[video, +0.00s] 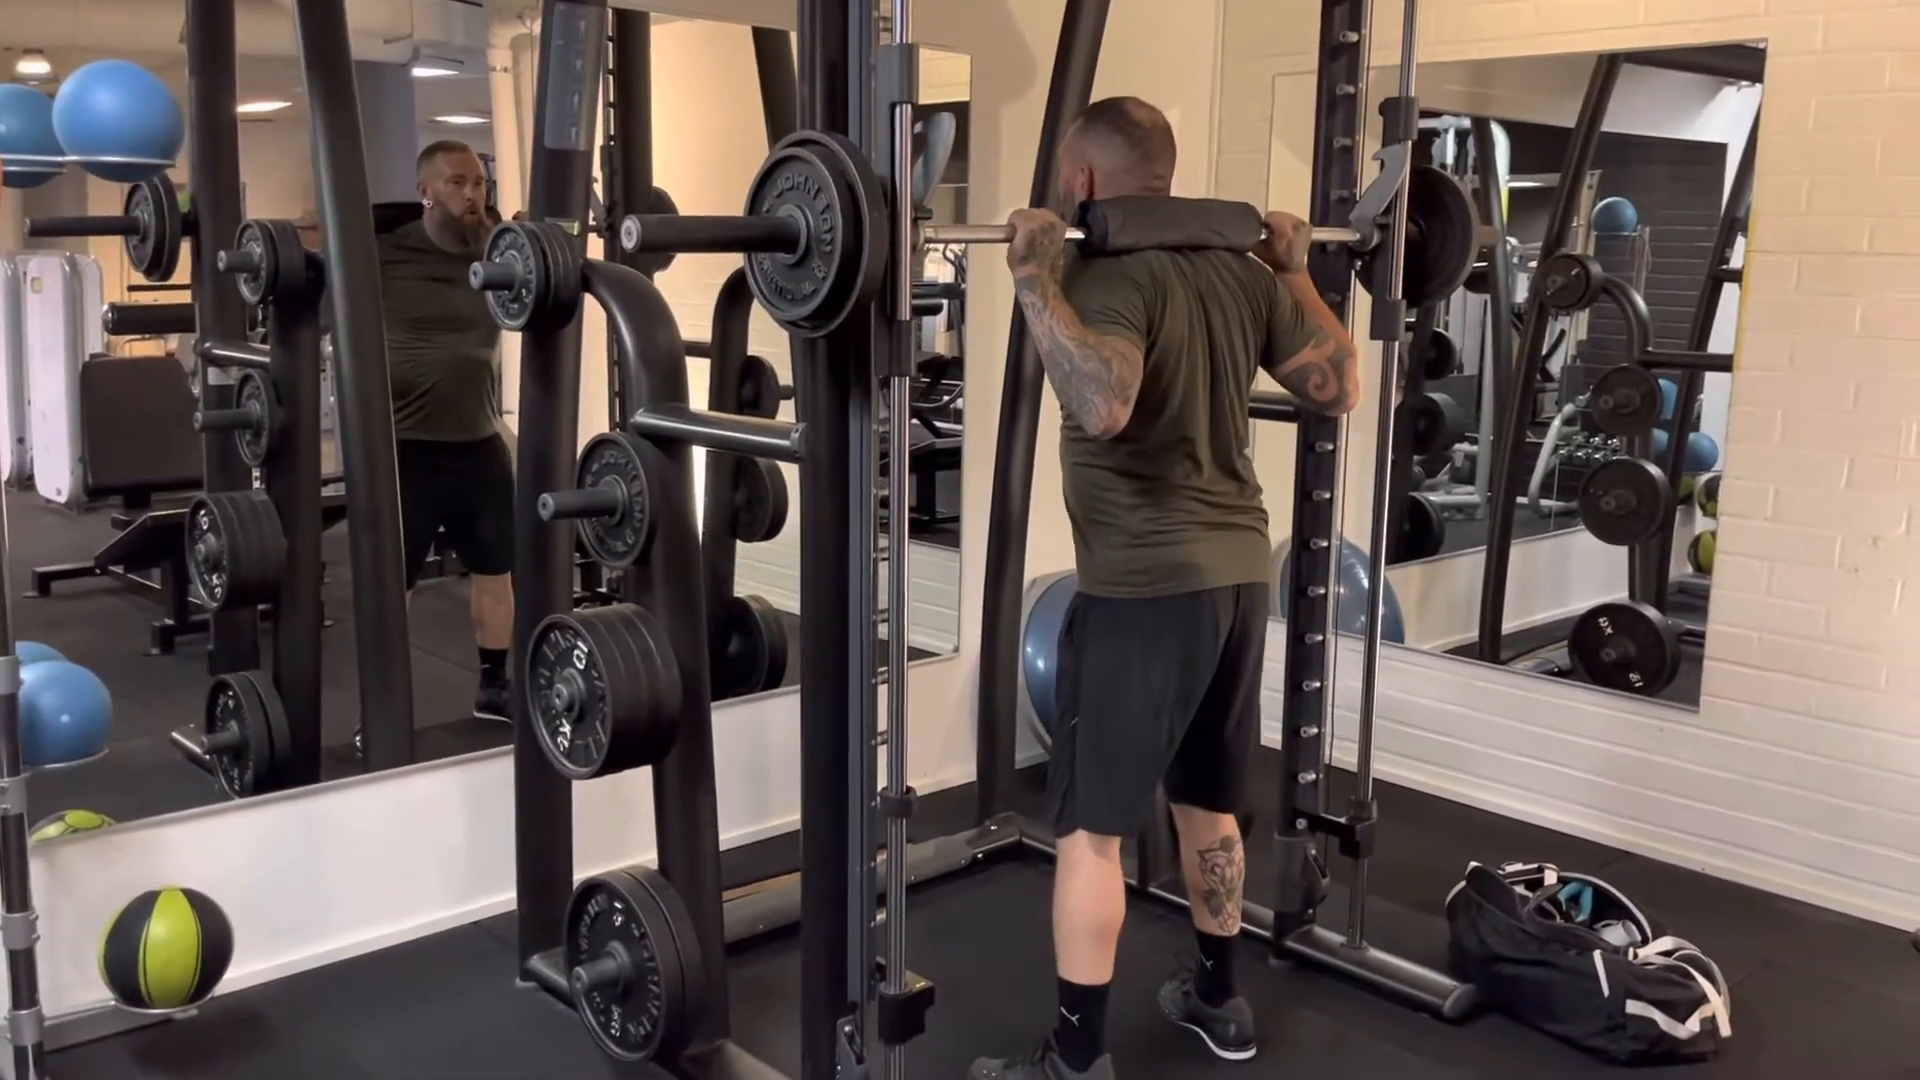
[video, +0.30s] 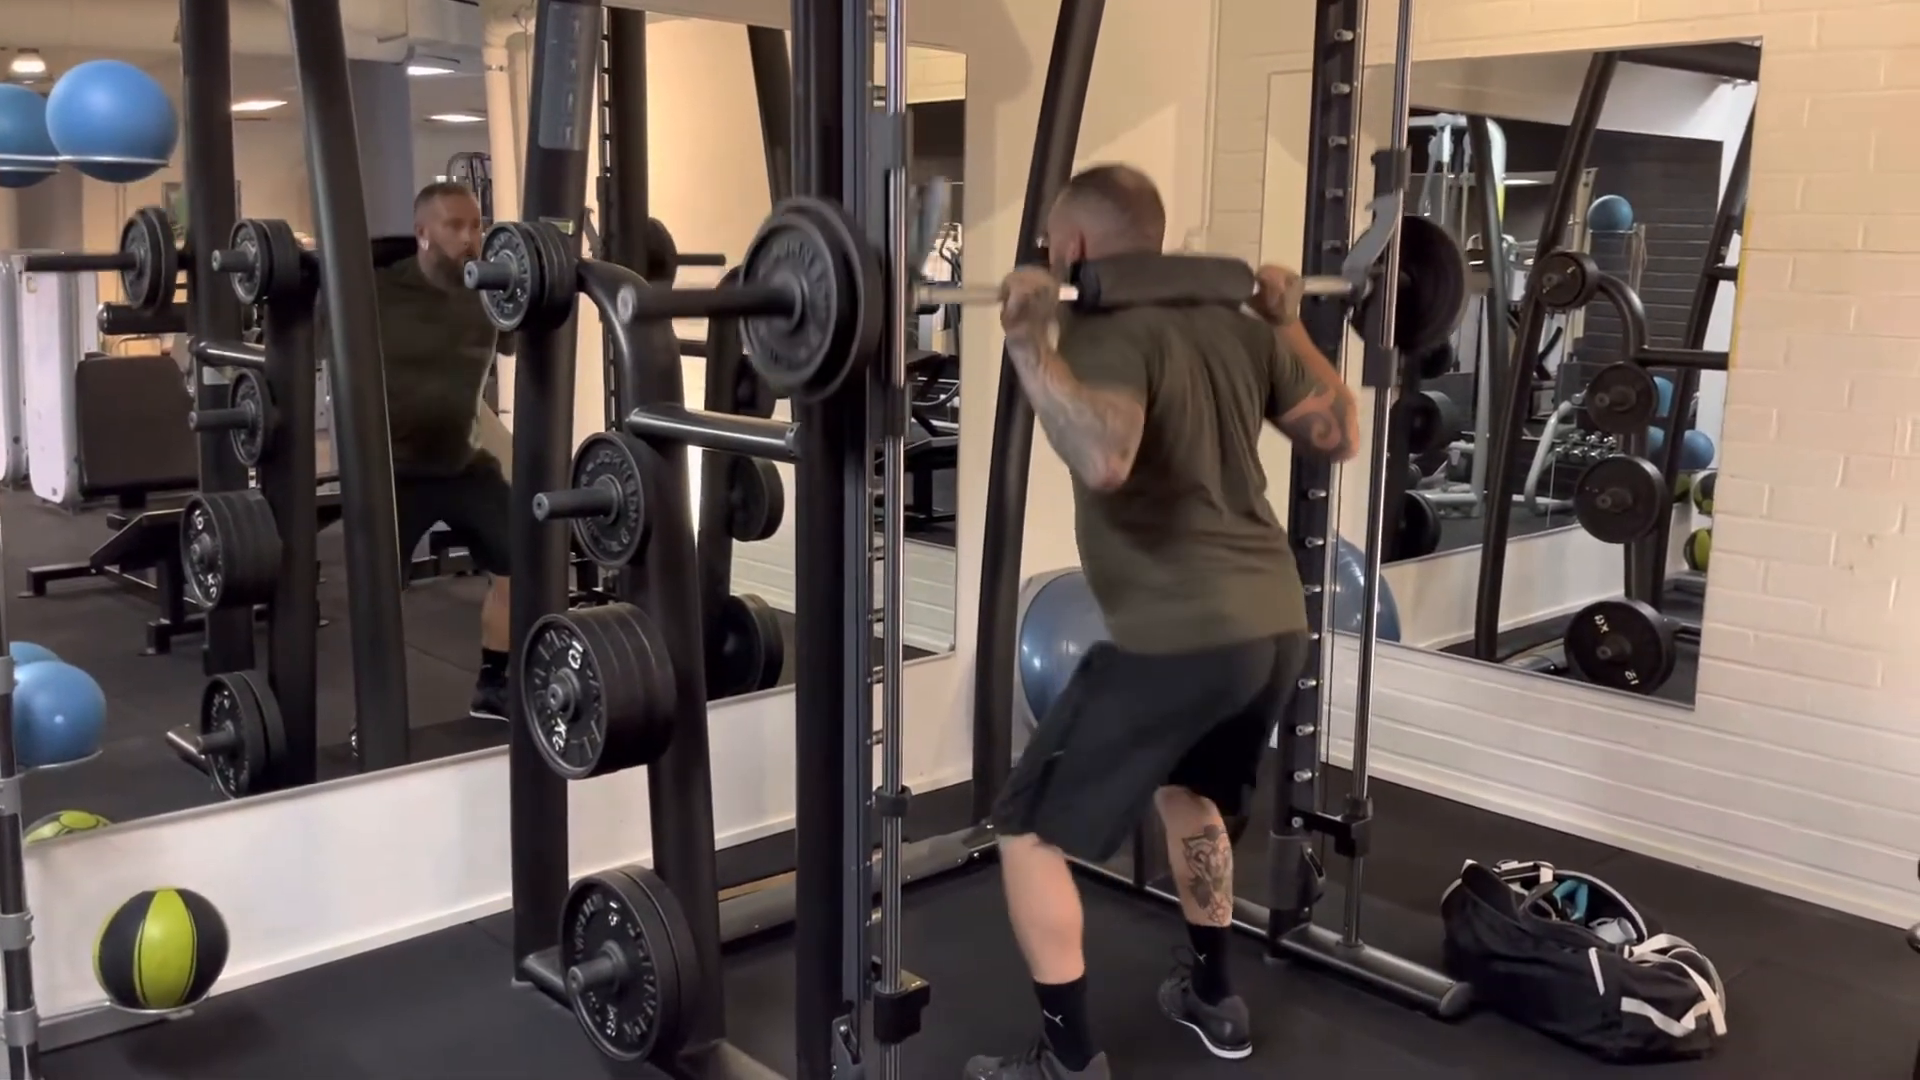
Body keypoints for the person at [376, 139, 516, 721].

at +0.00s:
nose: (474, 193)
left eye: (480, 182)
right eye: (459, 182)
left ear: (487, 190)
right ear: (426, 190)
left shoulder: (493, 255)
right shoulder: (378, 256)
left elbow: (543, 273)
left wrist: (496, 232)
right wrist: (298, 248)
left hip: (479, 441)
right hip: (401, 444)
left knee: (496, 563)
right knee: (388, 578)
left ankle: (496, 684)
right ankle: (378, 699)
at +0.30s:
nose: (471, 237)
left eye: (476, 225)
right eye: (457, 226)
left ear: (483, 229)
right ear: (424, 233)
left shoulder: (485, 293)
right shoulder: (377, 291)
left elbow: (516, 339)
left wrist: (544, 267)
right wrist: (295, 271)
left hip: (464, 465)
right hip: (393, 469)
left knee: (520, 554)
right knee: (375, 589)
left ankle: (495, 683)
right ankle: (374, 706)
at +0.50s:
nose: (468, 306)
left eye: (471, 293)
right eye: (454, 294)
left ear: (479, 294)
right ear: (422, 297)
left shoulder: (485, 350)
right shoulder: (380, 352)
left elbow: (510, 396)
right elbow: (304, 396)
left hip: (454, 498)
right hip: (388, 502)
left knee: (526, 559)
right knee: (377, 602)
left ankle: (494, 683)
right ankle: (371, 717)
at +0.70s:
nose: (466, 372)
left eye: (474, 359)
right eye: (453, 359)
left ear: (482, 360)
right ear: (420, 362)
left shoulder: (486, 408)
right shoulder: (379, 412)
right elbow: (300, 463)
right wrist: (306, 417)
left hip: (450, 542)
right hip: (384, 548)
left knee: (524, 572)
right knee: (370, 616)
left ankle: (490, 687)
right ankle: (365, 718)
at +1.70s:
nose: (454, 306)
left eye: (458, 293)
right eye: (440, 294)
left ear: (467, 296)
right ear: (409, 301)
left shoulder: (476, 356)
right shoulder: (372, 360)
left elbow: (508, 408)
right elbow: (298, 404)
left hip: (441, 508)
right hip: (377, 513)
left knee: (518, 561)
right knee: (367, 613)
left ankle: (485, 691)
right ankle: (358, 727)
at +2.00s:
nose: (454, 216)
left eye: (460, 203)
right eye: (439, 204)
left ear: (466, 207)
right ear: (406, 209)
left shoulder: (472, 270)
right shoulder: (360, 272)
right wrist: (275, 262)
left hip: (453, 451)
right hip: (380, 455)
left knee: (480, 568)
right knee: (365, 590)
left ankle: (482, 696)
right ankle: (360, 714)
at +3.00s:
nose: (456, 270)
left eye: (462, 259)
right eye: (442, 260)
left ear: (469, 261)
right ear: (410, 265)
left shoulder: (471, 326)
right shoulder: (365, 322)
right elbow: (297, 362)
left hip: (445, 488)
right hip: (377, 491)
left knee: (505, 563)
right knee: (357, 604)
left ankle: (484, 700)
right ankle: (360, 725)